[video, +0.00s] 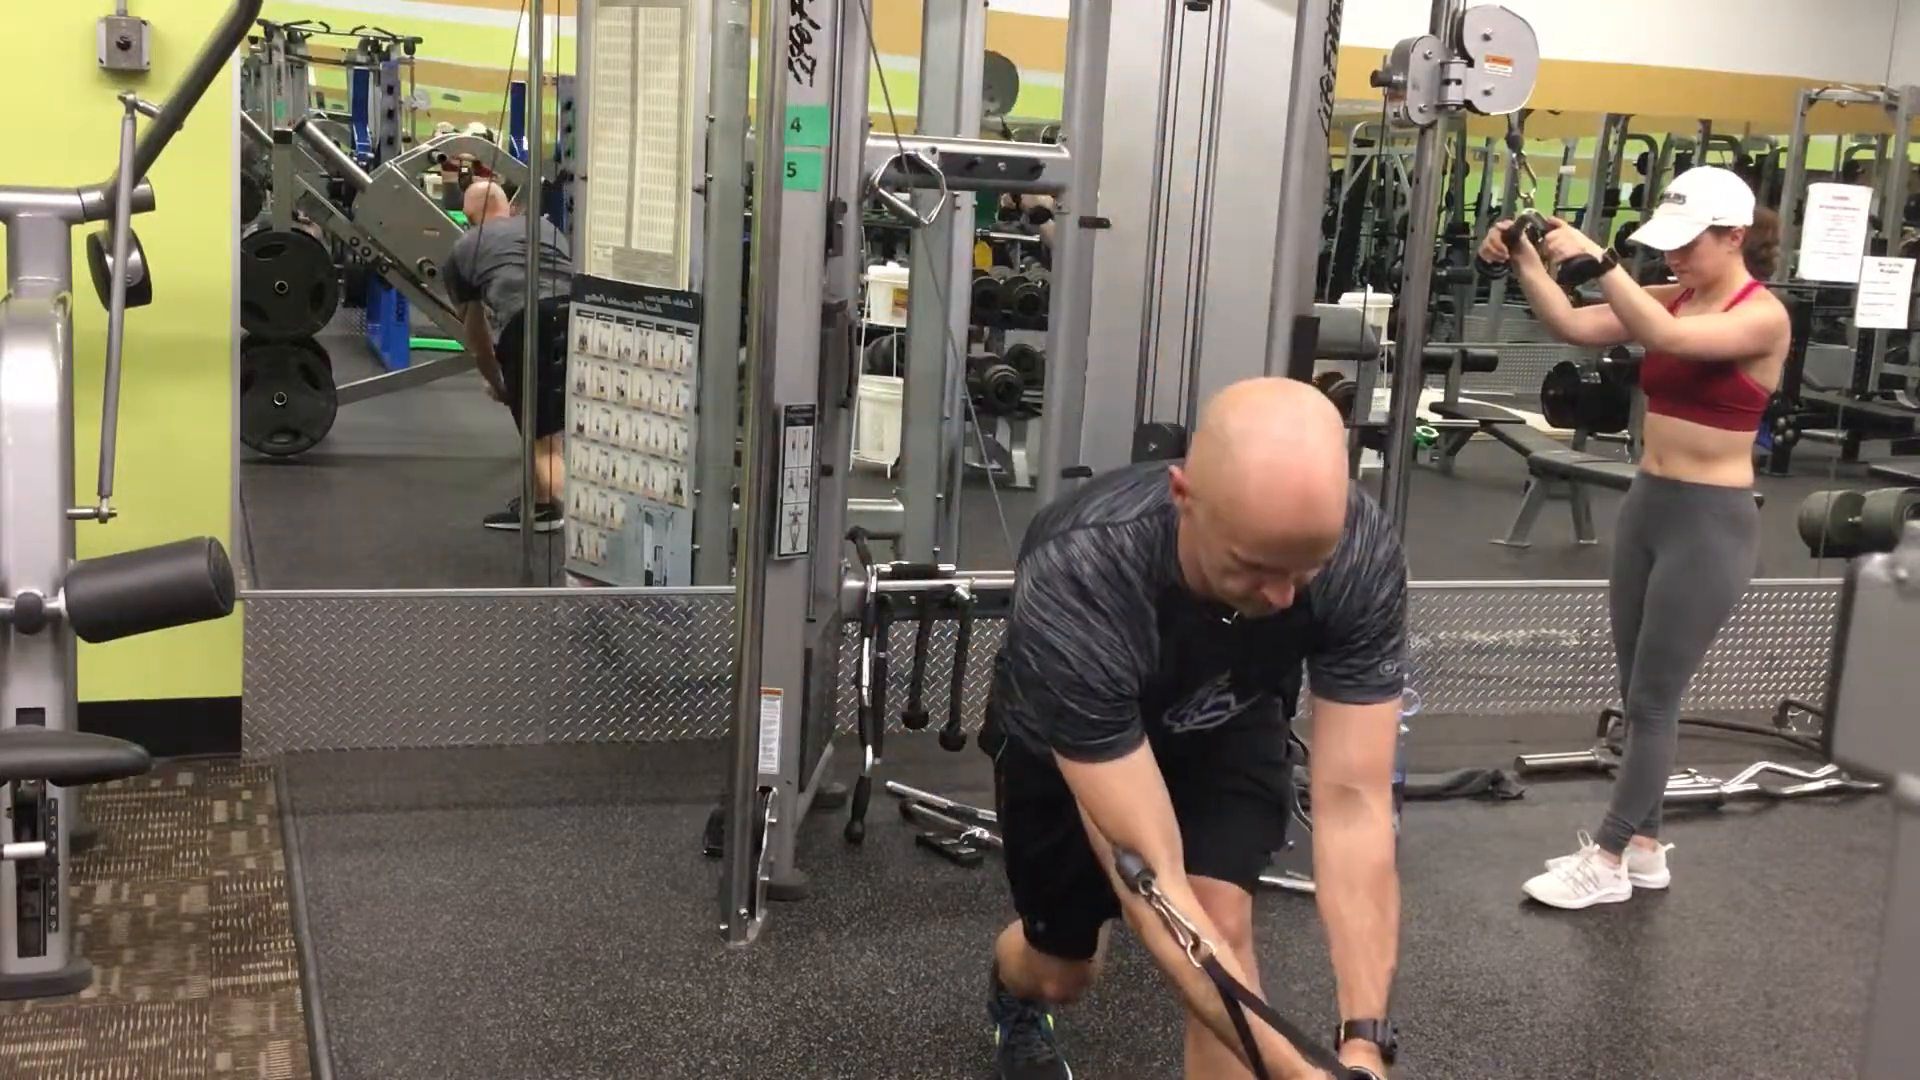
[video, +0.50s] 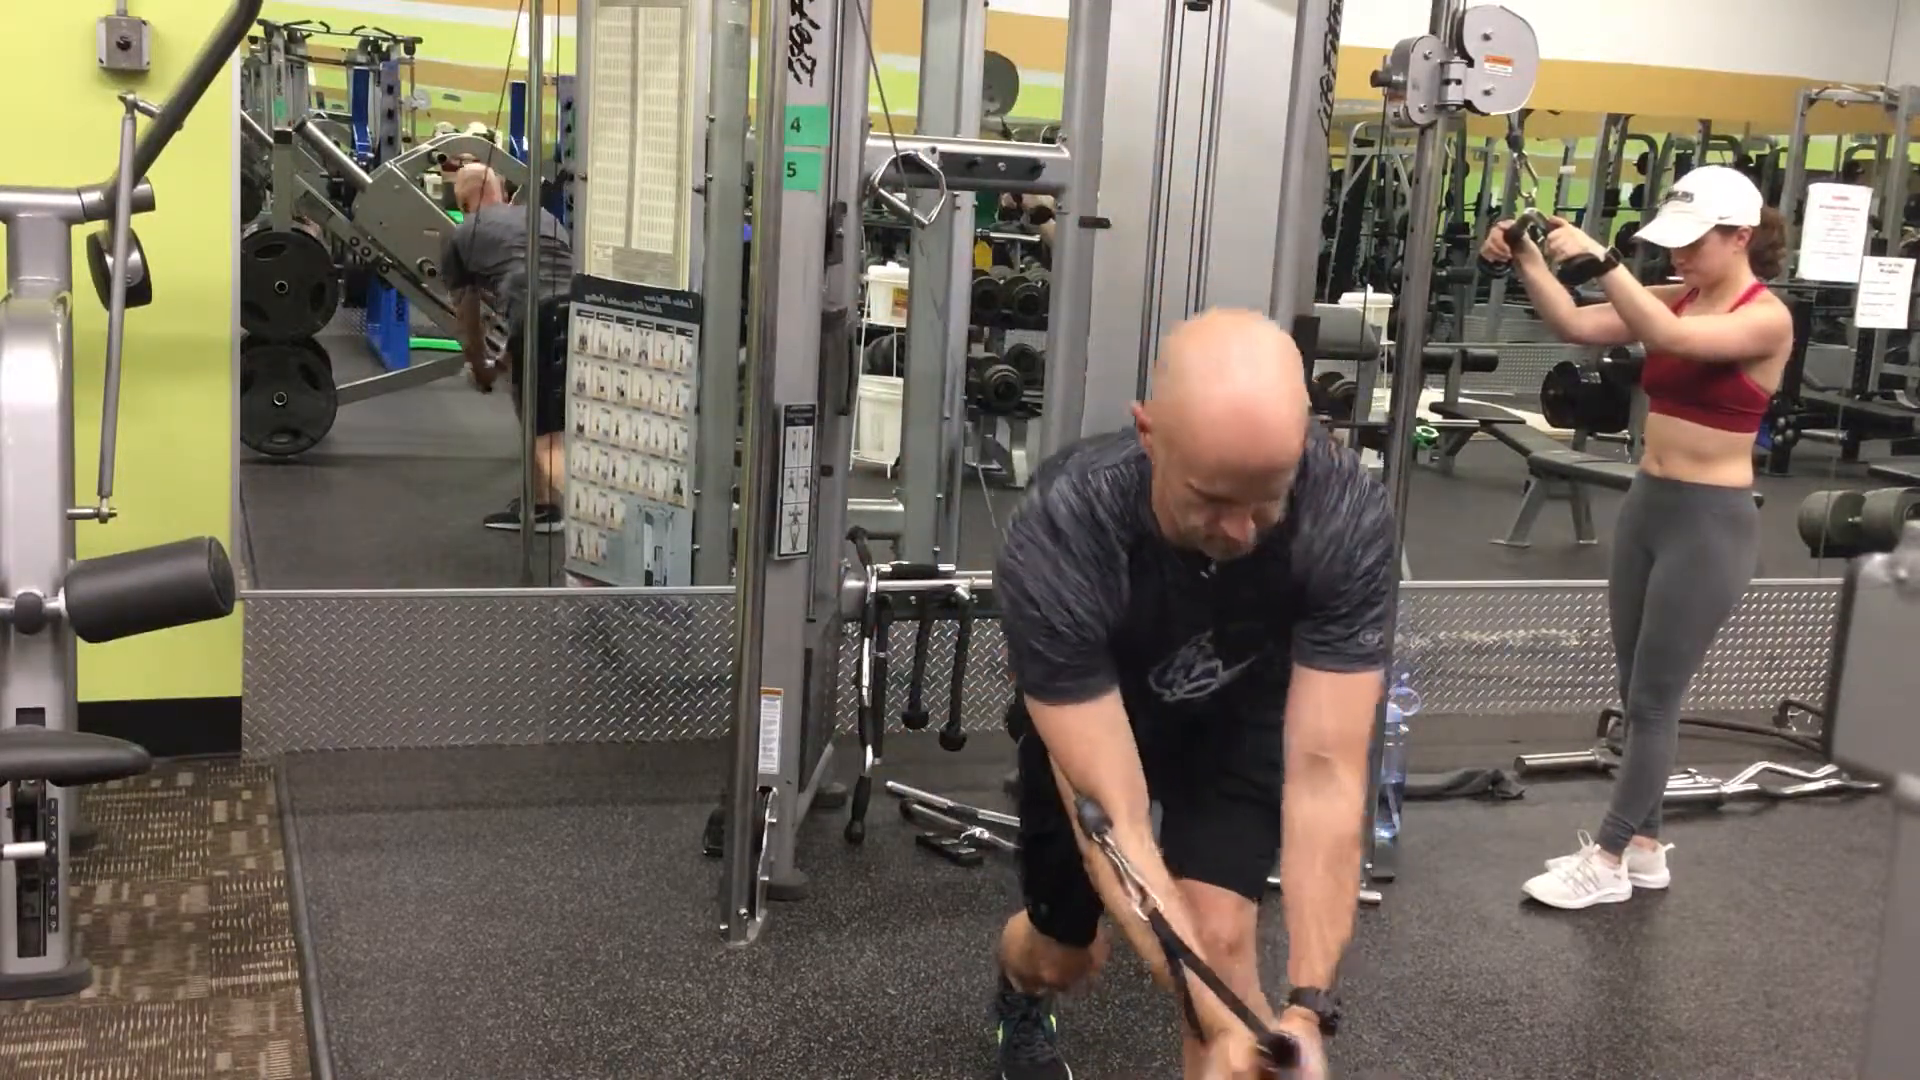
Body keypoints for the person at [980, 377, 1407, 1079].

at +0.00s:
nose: (1282, 596)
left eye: (1305, 566)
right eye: (1250, 568)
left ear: (1336, 510)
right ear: (1183, 496)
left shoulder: (1360, 557)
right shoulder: (1079, 576)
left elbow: (1354, 800)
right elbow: (1148, 873)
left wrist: (1363, 1039)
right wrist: (1288, 1064)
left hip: (1230, 717)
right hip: (1077, 719)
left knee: (1223, 921)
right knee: (1064, 974)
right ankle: (1014, 992)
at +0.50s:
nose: (1241, 530)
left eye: (1267, 499)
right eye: (1210, 500)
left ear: (1298, 444)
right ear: (1146, 434)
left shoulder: (1346, 518)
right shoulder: (1058, 535)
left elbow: (1328, 770)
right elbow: (1109, 821)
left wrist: (1310, 1004)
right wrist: (1222, 1022)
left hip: (1235, 721)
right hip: (1090, 707)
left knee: (1219, 940)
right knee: (1067, 960)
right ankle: (1020, 992)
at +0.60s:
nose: (1222, 489)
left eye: (1248, 455)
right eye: (1191, 459)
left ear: (1287, 384)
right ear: (1132, 393)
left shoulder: (1340, 495)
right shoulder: (1052, 500)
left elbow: (1300, 753)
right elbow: (1079, 780)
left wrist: (1253, 979)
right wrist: (1156, 987)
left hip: (1241, 732)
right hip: (1105, 723)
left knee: (1221, 953)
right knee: (1058, 944)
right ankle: (1033, 997)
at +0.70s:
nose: (1194, 449)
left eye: (1226, 420)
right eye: (1166, 414)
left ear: (1279, 356)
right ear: (1121, 351)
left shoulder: (1334, 475)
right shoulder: (1046, 466)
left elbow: (1269, 734)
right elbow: (1051, 738)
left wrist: (1187, 945)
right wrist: (1087, 931)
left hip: (1251, 715)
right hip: (1109, 705)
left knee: (1230, 960)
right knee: (1054, 923)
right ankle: (1044, 995)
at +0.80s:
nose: (1167, 406)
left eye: (1202, 378)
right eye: (1142, 370)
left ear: (1261, 333)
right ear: (1108, 316)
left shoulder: (1322, 453)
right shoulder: (1033, 436)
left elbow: (1236, 707)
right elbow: (1023, 696)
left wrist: (1124, 907)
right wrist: (1035, 888)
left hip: (1267, 694)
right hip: (1107, 686)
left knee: (1222, 947)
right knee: (1054, 900)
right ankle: (1061, 1004)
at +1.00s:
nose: (1109, 336)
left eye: (1145, 311)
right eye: (1091, 302)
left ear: (1219, 274)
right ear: (1071, 260)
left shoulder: (1291, 403)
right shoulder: (1022, 378)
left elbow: (1181, 655)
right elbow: (980, 616)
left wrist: (1032, 823)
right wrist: (962, 797)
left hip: (1262, 672)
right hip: (1102, 653)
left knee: (1219, 946)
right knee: (1060, 874)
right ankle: (1114, 1012)